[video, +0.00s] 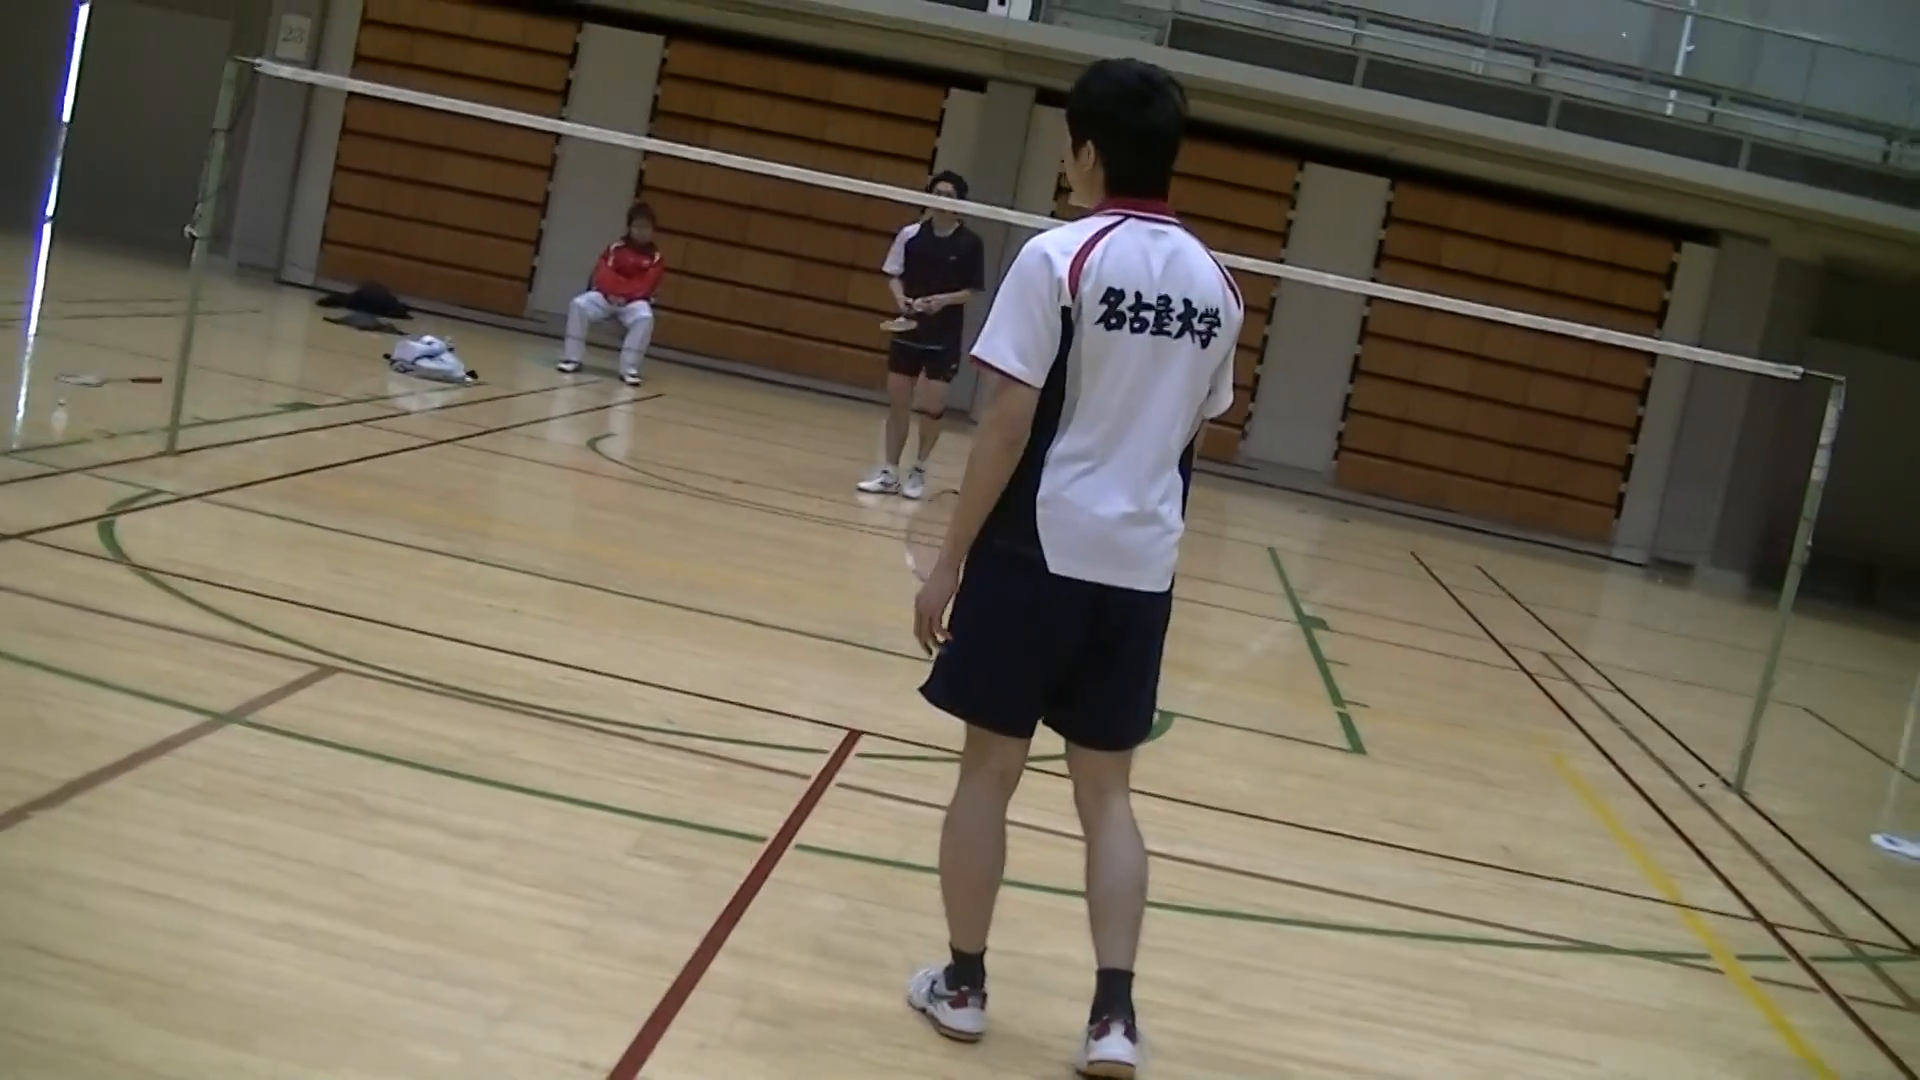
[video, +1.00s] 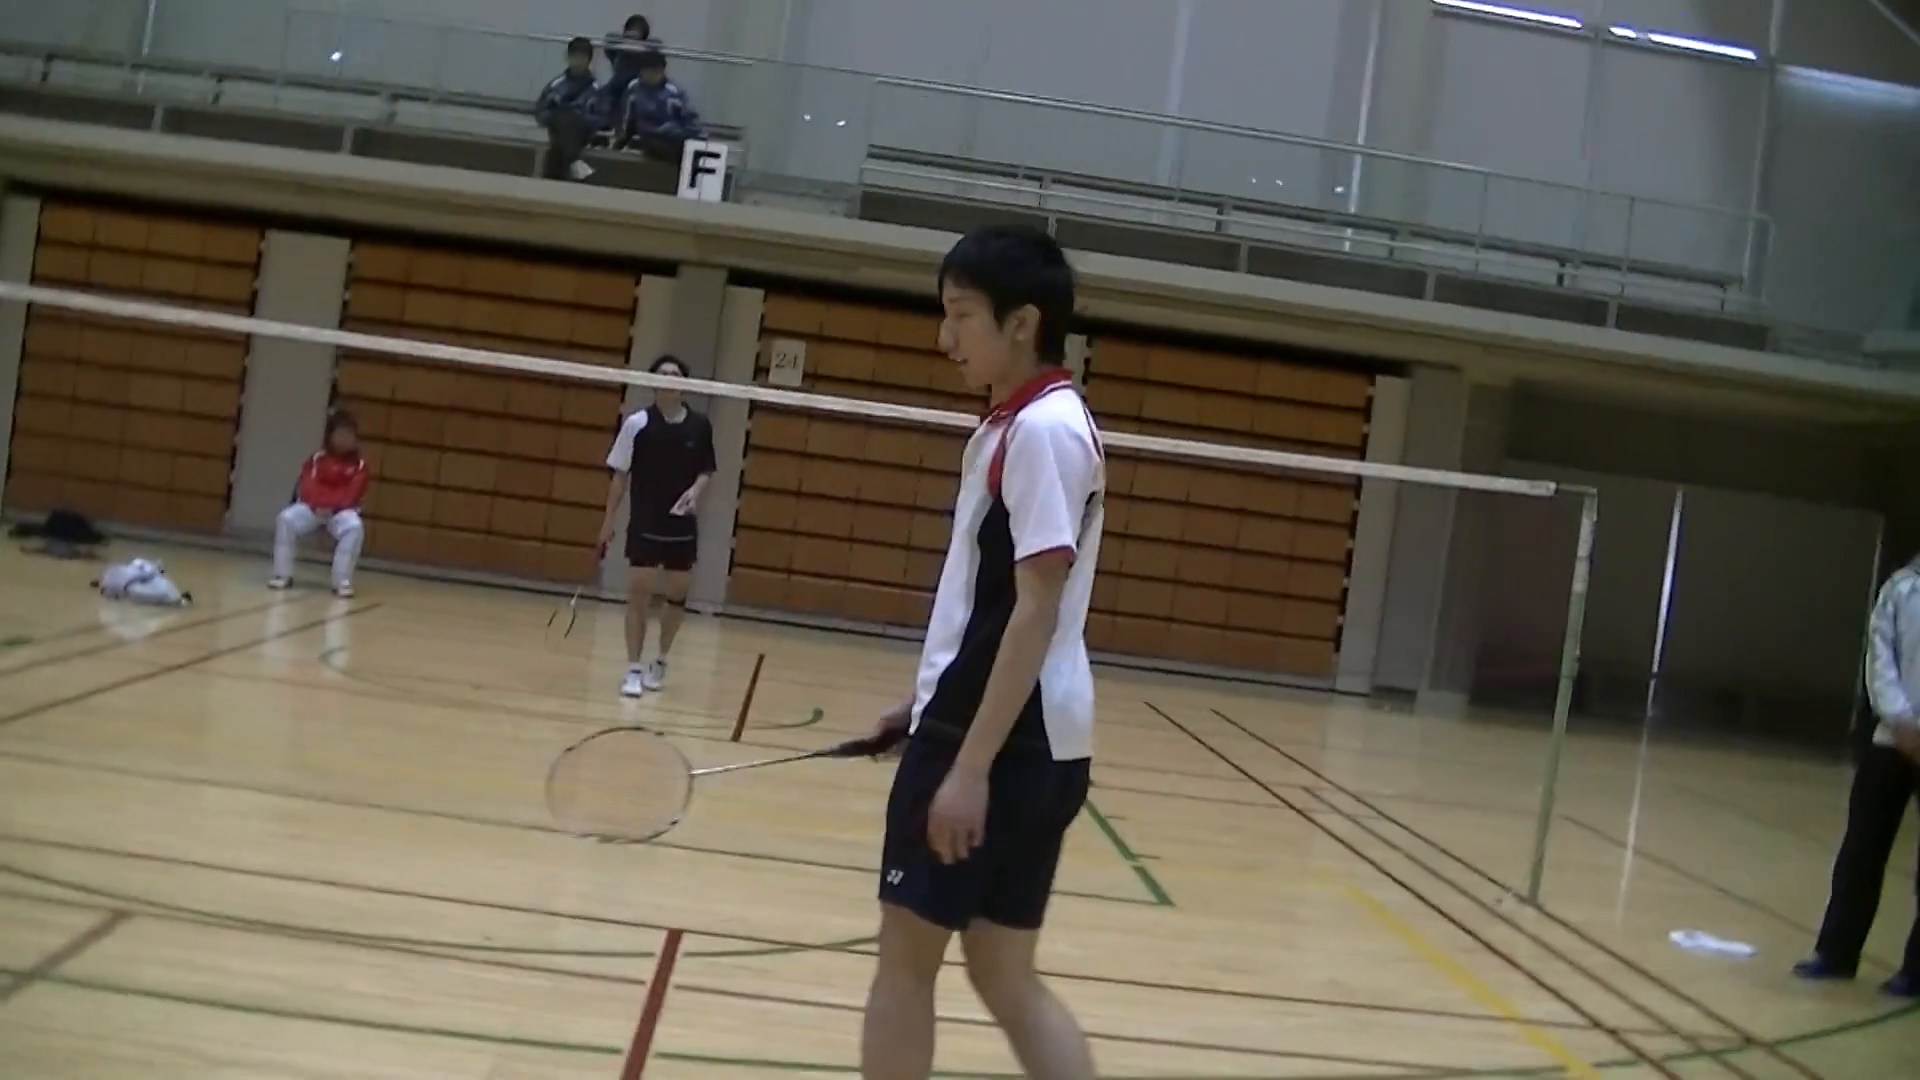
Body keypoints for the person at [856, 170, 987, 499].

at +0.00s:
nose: (941, 199)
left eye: (948, 195)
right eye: (937, 193)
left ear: (960, 203)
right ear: (928, 197)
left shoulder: (970, 242)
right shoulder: (909, 235)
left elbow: (972, 291)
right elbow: (893, 275)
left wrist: (941, 300)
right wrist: (902, 299)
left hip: (944, 336)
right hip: (907, 329)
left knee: (931, 407)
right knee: (897, 401)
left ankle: (918, 470)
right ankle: (890, 471)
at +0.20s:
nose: (898, 184)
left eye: (906, 180)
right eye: (894, 177)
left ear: (915, 188)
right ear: (884, 181)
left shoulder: (922, 230)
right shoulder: (861, 215)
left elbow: (923, 276)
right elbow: (839, 254)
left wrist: (896, 287)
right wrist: (850, 280)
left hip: (891, 313)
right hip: (853, 304)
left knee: (874, 387)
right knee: (833, 376)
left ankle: (852, 454)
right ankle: (825, 451)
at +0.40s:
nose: (890, 173)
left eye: (898, 169)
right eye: (887, 166)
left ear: (907, 177)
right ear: (877, 169)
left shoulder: (910, 220)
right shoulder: (850, 201)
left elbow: (906, 266)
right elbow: (825, 241)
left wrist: (882, 278)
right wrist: (836, 272)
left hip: (872, 302)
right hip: (836, 291)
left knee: (854, 376)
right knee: (814, 361)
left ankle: (828, 442)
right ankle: (795, 437)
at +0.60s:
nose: (830, 249)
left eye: (838, 244)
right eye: (826, 240)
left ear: (845, 253)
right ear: (815, 242)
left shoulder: (843, 296)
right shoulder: (787, 276)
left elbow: (843, 339)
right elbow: (761, 320)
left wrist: (823, 359)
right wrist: (751, 362)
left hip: (804, 379)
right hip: (770, 369)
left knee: (790, 449)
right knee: (755, 440)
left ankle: (758, 514)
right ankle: (736, 514)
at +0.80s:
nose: (717, 329)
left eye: (724, 325)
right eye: (712, 322)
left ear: (732, 334)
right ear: (700, 326)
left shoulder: (736, 375)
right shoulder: (675, 362)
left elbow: (737, 420)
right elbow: (649, 407)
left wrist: (723, 442)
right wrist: (634, 451)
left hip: (705, 467)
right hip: (669, 459)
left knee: (690, 540)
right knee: (656, 532)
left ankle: (666, 603)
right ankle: (641, 606)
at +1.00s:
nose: (669, 381)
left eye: (675, 376)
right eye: (663, 375)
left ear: (685, 385)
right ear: (653, 382)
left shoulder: (699, 426)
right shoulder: (637, 423)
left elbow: (707, 468)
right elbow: (620, 476)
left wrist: (695, 491)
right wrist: (607, 523)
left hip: (682, 525)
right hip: (644, 522)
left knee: (676, 598)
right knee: (639, 595)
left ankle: (660, 660)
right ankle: (634, 668)